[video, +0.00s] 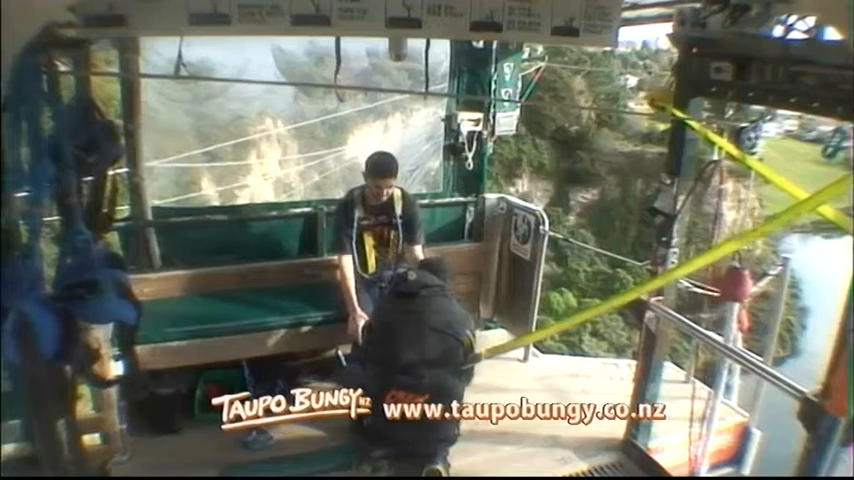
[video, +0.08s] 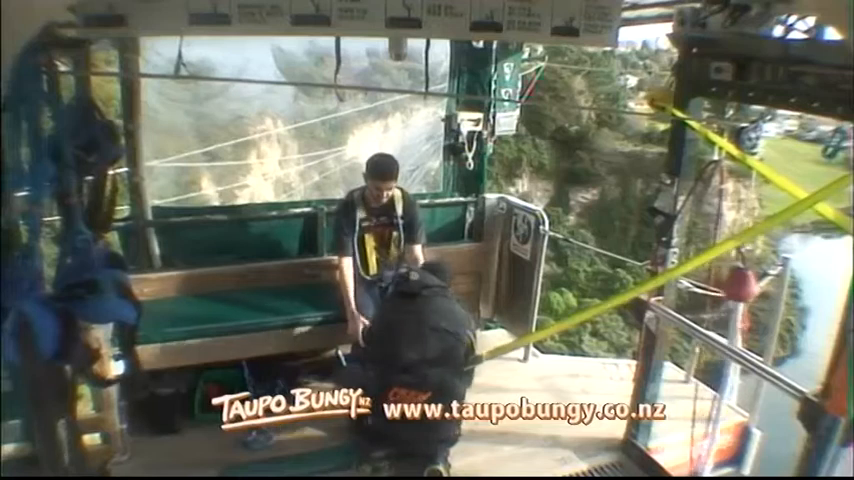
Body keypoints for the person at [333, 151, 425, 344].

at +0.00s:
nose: (383, 194)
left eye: (389, 187)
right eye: (377, 188)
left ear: (396, 181)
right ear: (366, 179)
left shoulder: (405, 202)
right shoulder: (349, 205)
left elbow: (415, 250)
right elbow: (345, 262)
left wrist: (425, 293)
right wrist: (354, 310)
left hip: (398, 279)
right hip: (363, 282)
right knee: (367, 339)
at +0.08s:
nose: (383, 195)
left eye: (389, 189)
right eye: (377, 189)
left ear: (396, 183)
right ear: (366, 180)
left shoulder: (405, 202)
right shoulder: (349, 206)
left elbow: (414, 251)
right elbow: (345, 263)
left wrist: (419, 295)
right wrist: (352, 313)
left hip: (398, 277)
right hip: (363, 280)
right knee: (368, 333)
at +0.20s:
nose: (385, 198)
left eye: (391, 192)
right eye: (379, 191)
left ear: (398, 184)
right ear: (368, 182)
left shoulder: (407, 204)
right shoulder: (350, 208)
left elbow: (414, 253)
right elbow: (346, 264)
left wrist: (421, 298)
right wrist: (353, 316)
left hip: (398, 276)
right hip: (363, 280)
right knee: (369, 331)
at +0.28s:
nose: (386, 199)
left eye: (392, 193)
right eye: (380, 193)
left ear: (399, 186)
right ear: (370, 183)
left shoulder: (408, 205)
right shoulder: (351, 208)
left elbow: (415, 254)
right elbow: (346, 266)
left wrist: (422, 298)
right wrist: (354, 318)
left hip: (398, 277)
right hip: (363, 281)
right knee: (370, 331)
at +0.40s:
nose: (388, 201)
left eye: (394, 195)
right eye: (382, 195)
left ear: (401, 188)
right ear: (372, 185)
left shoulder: (410, 206)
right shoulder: (352, 208)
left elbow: (415, 255)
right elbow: (346, 265)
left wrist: (423, 299)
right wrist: (352, 318)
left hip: (398, 278)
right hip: (362, 280)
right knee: (373, 334)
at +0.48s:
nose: (389, 202)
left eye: (395, 196)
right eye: (383, 196)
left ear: (402, 189)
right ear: (373, 186)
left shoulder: (410, 206)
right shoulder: (353, 208)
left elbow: (416, 256)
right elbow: (346, 265)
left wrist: (423, 299)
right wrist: (352, 316)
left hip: (399, 279)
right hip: (363, 281)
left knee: (402, 333)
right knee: (373, 338)